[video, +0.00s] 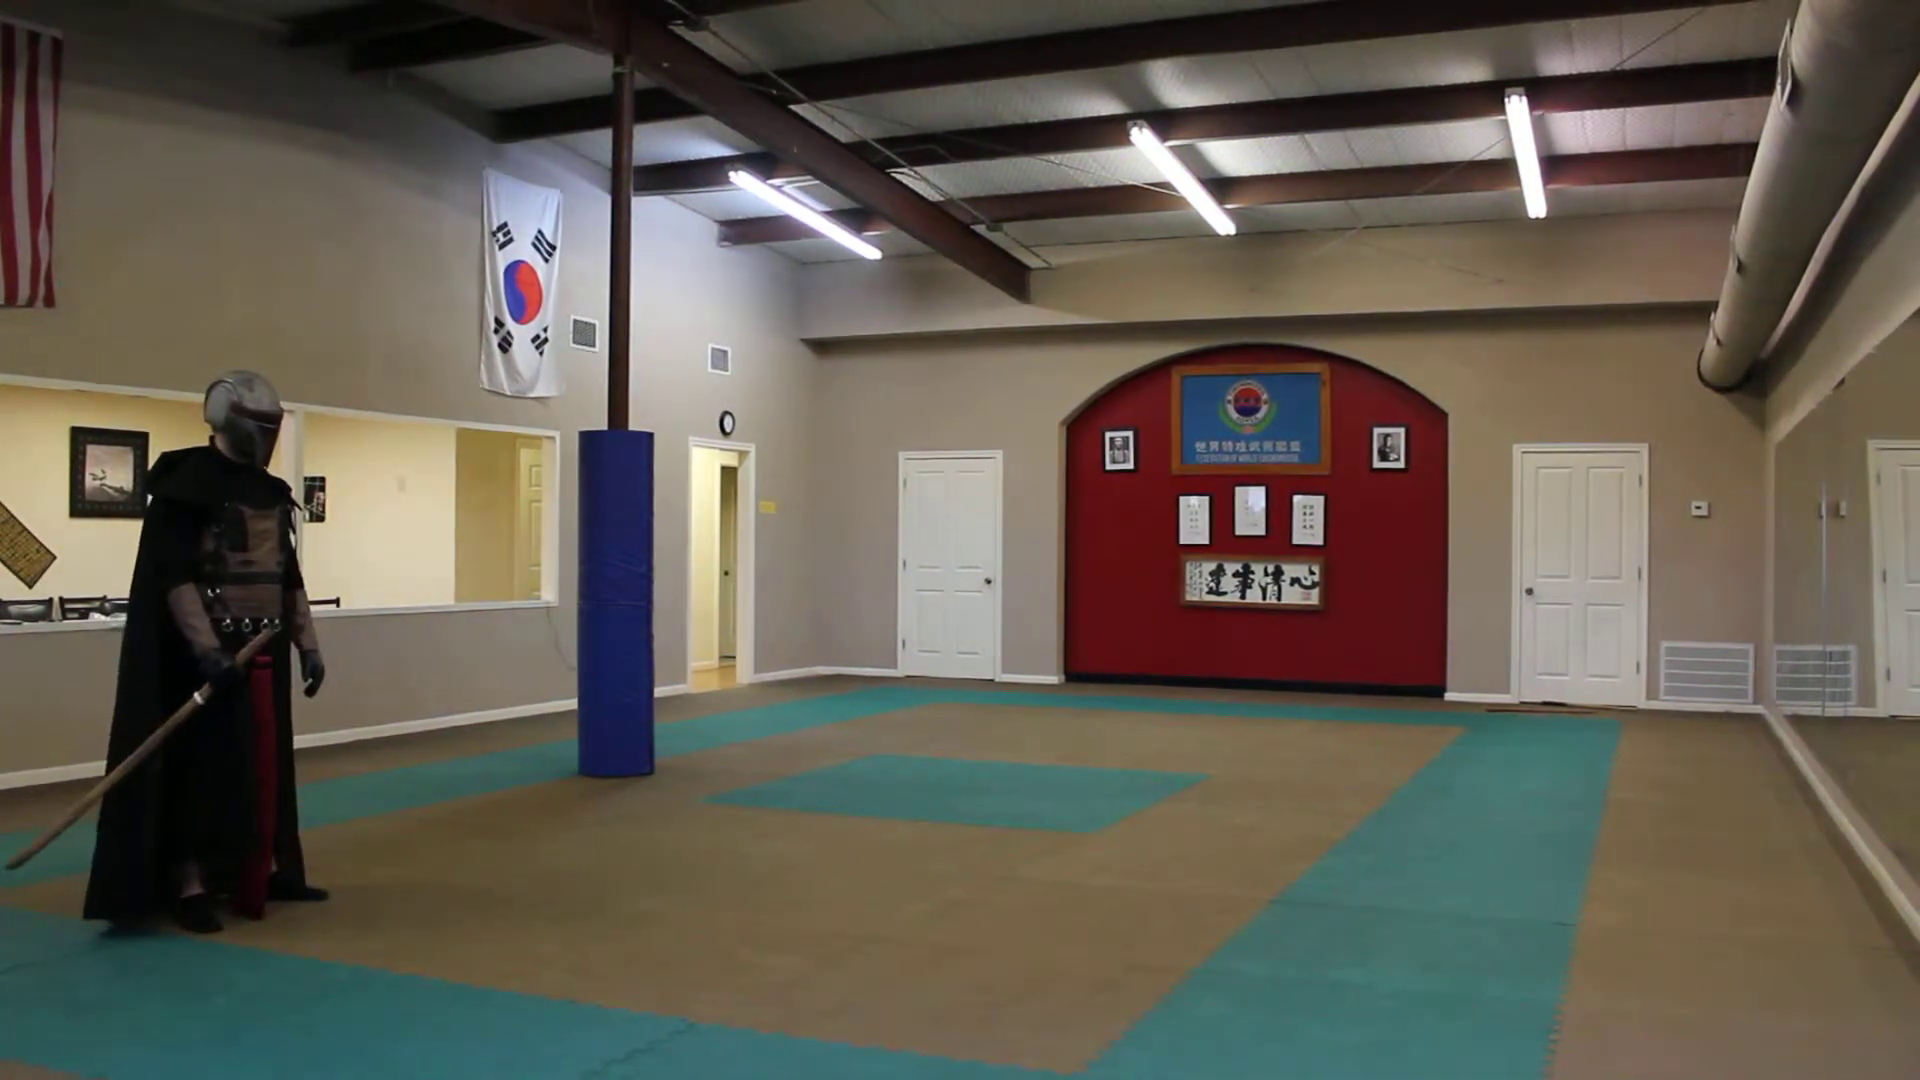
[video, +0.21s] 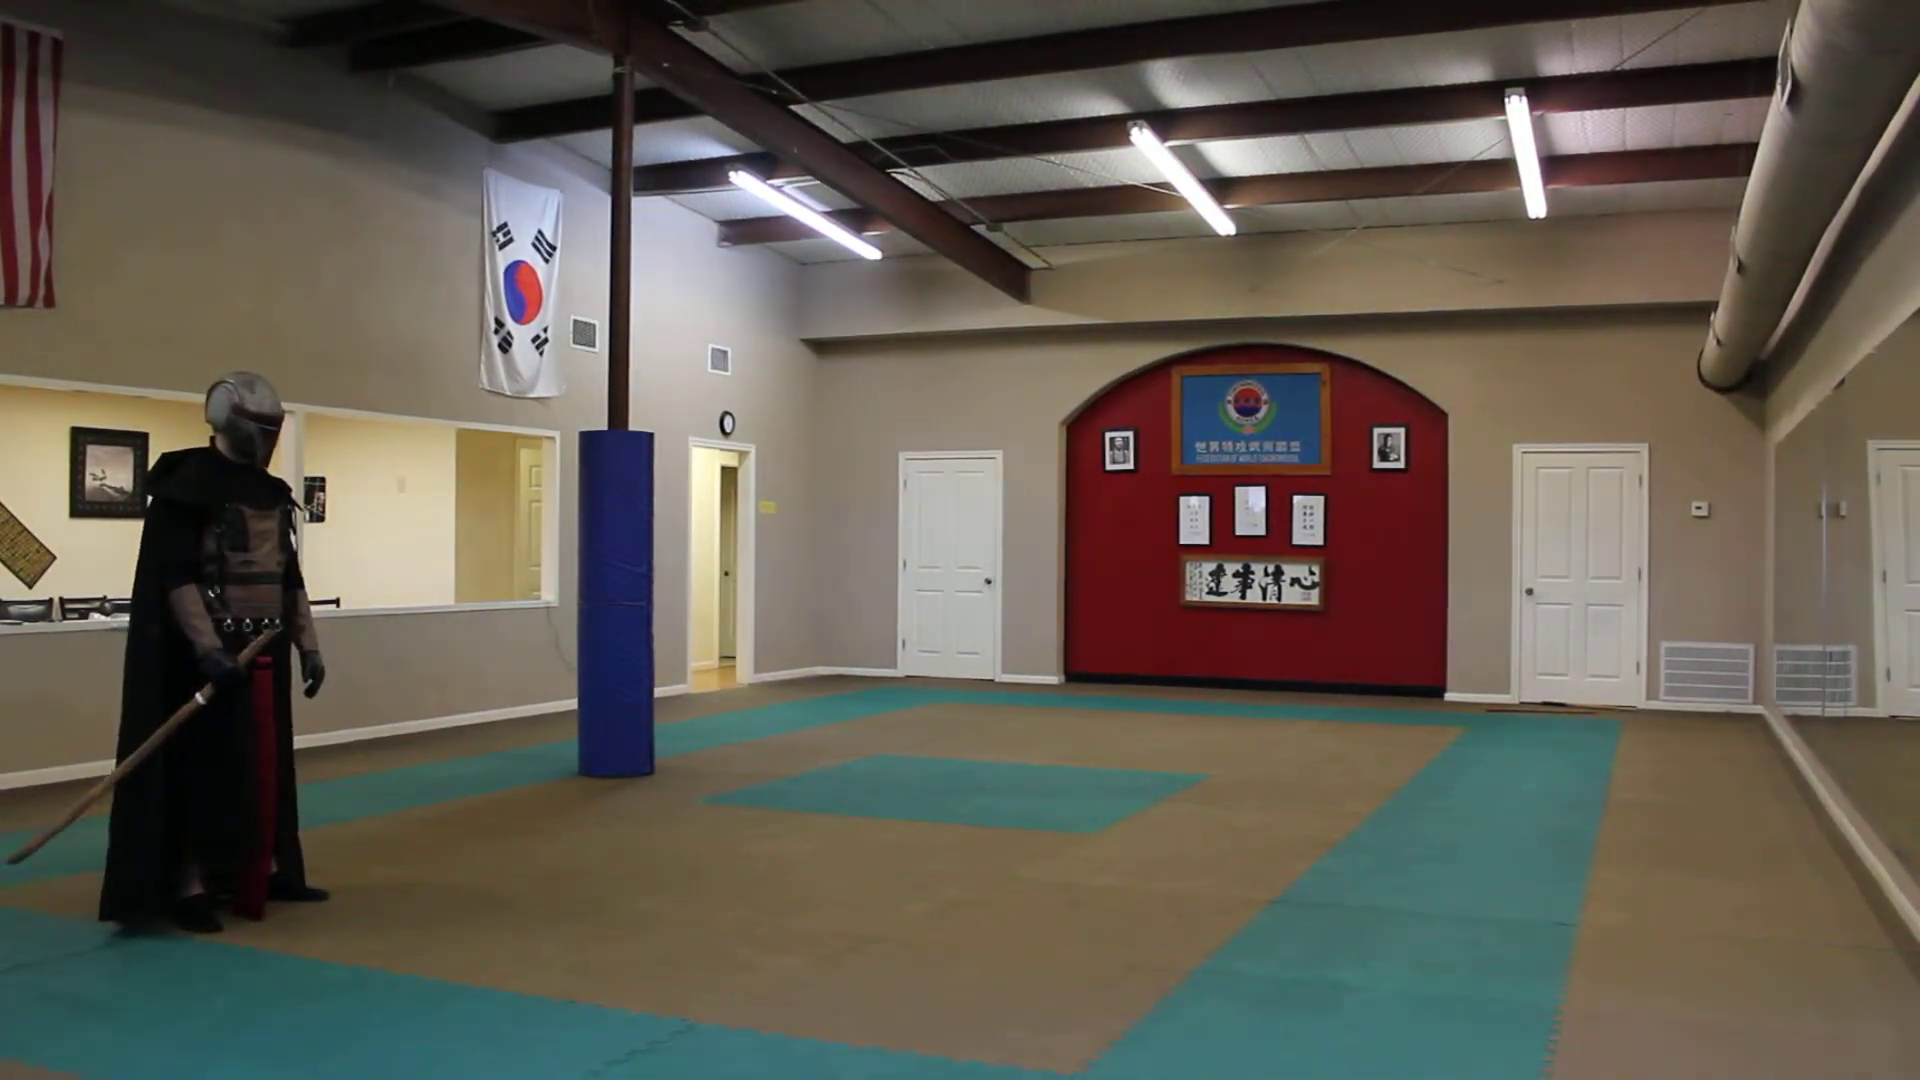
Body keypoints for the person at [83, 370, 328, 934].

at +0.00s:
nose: (273, 435)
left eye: (275, 424)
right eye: (263, 424)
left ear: (273, 424)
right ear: (230, 420)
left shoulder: (274, 495)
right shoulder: (186, 482)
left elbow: (288, 579)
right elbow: (173, 577)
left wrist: (309, 645)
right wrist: (210, 651)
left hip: (262, 658)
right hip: (199, 655)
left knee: (264, 766)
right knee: (198, 769)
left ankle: (265, 873)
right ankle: (191, 884)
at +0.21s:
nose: (272, 436)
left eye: (275, 425)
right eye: (262, 425)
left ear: (271, 427)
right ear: (228, 421)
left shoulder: (273, 495)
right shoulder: (187, 482)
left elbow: (290, 578)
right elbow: (175, 576)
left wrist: (308, 645)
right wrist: (209, 648)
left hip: (263, 656)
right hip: (204, 655)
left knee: (267, 765)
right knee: (200, 769)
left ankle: (269, 871)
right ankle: (188, 886)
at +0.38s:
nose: (273, 438)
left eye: (277, 427)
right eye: (263, 426)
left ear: (275, 429)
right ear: (228, 421)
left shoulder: (273, 494)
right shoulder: (187, 479)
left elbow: (291, 578)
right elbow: (169, 573)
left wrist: (311, 644)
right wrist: (207, 641)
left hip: (264, 655)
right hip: (202, 652)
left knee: (268, 764)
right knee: (198, 767)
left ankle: (270, 872)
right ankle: (187, 887)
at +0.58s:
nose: (275, 438)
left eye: (278, 428)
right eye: (266, 427)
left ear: (274, 427)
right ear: (230, 423)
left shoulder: (274, 492)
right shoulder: (184, 475)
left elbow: (292, 573)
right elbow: (157, 556)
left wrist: (315, 635)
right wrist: (201, 588)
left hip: (262, 651)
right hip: (196, 650)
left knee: (269, 764)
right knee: (195, 765)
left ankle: (270, 876)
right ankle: (182, 892)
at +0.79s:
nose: (276, 439)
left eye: (279, 429)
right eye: (269, 428)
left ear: (265, 428)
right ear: (234, 424)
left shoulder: (274, 494)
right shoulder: (185, 478)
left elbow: (297, 558)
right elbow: (164, 560)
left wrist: (307, 590)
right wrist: (238, 554)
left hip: (262, 644)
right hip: (194, 647)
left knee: (270, 763)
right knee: (193, 766)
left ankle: (275, 877)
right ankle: (183, 894)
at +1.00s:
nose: (277, 439)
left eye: (279, 429)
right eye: (269, 429)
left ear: (261, 428)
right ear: (235, 424)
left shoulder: (274, 491)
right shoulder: (191, 478)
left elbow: (286, 557)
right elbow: (176, 555)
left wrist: (306, 574)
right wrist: (253, 531)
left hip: (268, 645)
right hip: (204, 645)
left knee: (273, 761)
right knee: (199, 763)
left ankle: (277, 874)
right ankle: (189, 888)